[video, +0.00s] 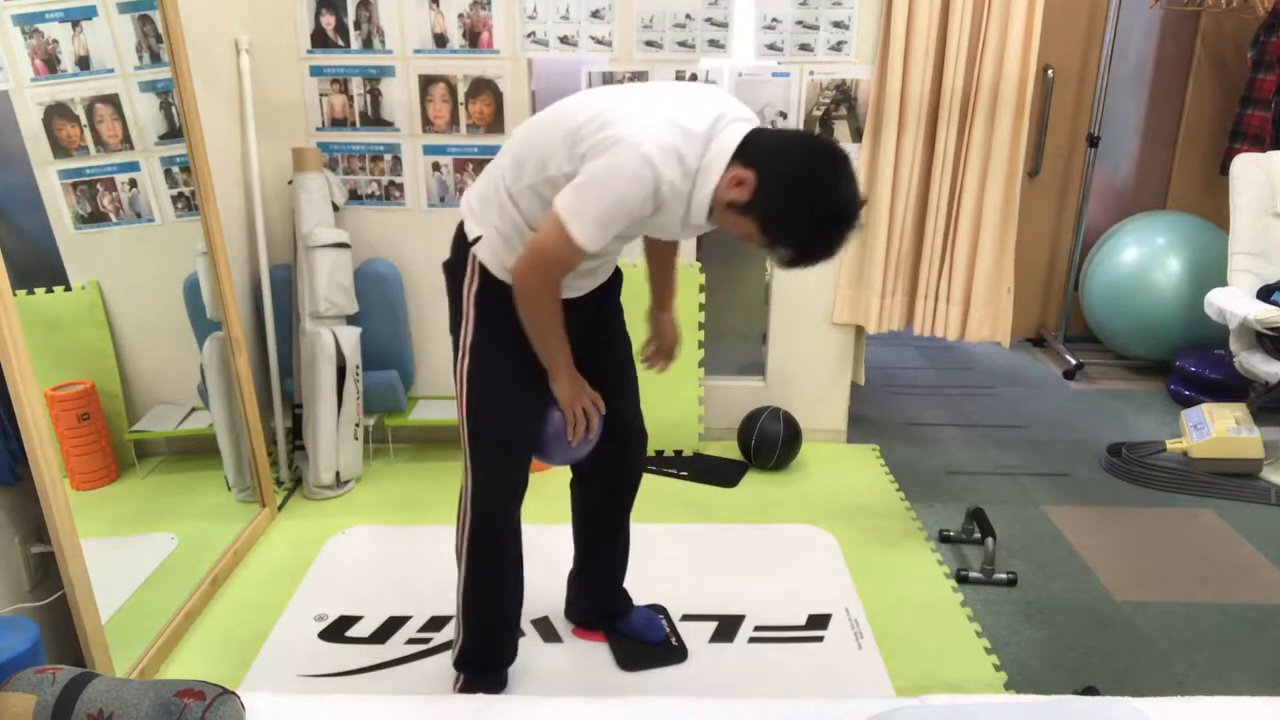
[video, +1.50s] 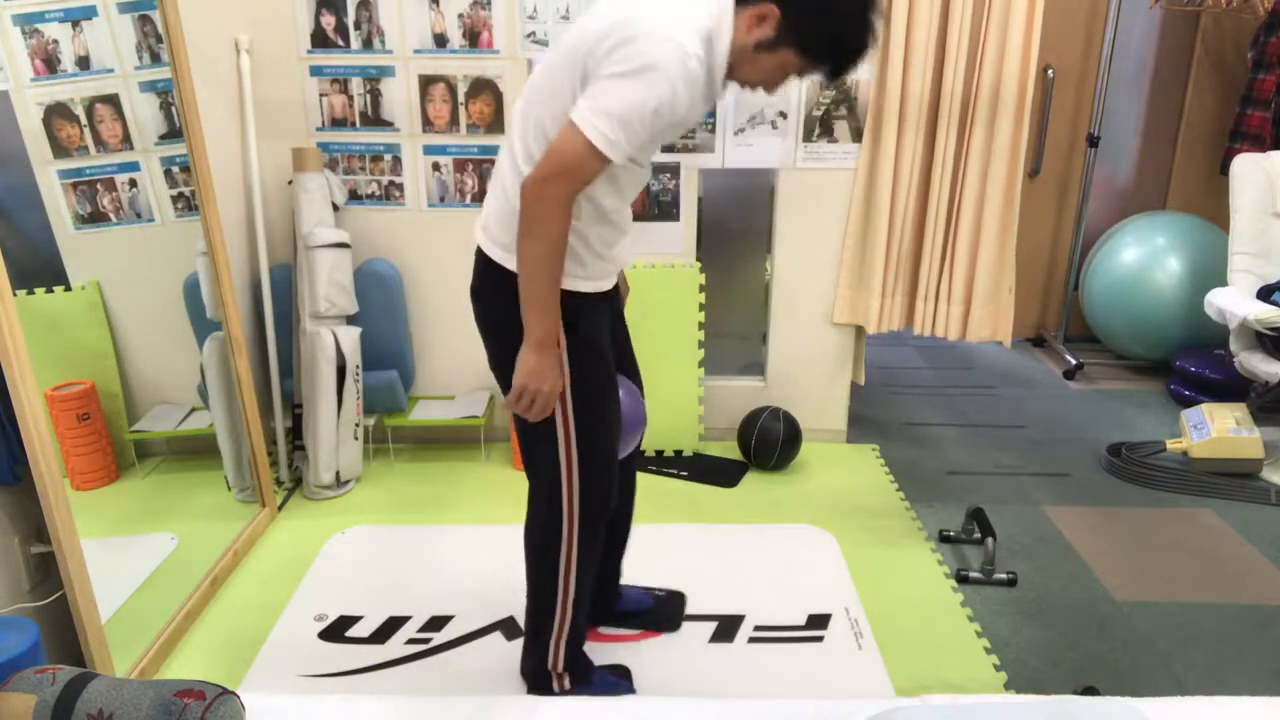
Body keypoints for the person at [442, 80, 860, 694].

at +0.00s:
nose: (745, 246)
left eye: (759, 245)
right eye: (755, 239)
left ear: (743, 178)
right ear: (739, 188)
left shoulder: (736, 140)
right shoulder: (641, 162)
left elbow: (668, 211)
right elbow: (531, 274)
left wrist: (663, 308)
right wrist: (563, 375)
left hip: (589, 266)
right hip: (501, 262)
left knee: (618, 441)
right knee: (498, 474)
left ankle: (597, 600)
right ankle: (482, 664)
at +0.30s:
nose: (777, 224)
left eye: (790, 222)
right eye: (788, 214)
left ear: (777, 159)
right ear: (776, 163)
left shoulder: (740, 143)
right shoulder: (679, 145)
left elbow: (649, 210)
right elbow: (565, 255)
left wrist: (640, 306)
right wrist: (575, 356)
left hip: (596, 267)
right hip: (514, 255)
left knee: (624, 437)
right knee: (494, 465)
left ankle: (597, 600)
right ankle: (471, 664)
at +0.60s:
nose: (793, 211)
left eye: (808, 208)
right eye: (806, 200)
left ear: (796, 149)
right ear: (795, 151)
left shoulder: (747, 141)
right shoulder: (709, 136)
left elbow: (640, 217)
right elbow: (595, 251)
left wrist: (634, 303)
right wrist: (579, 361)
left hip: (593, 264)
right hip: (520, 251)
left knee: (621, 438)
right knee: (503, 462)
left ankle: (597, 600)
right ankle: (471, 664)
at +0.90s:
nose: (800, 182)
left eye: (816, 178)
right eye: (816, 171)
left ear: (806, 118)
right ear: (809, 123)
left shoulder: (748, 120)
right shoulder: (725, 111)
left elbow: (632, 211)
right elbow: (610, 223)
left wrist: (627, 298)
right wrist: (604, 353)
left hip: (588, 256)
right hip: (526, 247)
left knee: (613, 445)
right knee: (532, 466)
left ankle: (596, 601)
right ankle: (503, 658)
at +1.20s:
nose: (793, 147)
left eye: (810, 141)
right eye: (808, 132)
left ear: (794, 78)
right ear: (794, 80)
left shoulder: (731, 94)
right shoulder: (703, 82)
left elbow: (623, 183)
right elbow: (567, 176)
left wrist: (623, 280)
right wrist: (583, 323)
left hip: (588, 259)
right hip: (532, 257)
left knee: (610, 444)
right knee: (565, 464)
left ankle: (604, 601)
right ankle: (555, 665)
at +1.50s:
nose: (778, 88)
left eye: (793, 78)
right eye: (788, 71)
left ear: (761, 17)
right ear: (762, 21)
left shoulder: (700, 44)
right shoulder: (666, 63)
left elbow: (603, 171)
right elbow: (545, 187)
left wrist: (611, 261)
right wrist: (541, 339)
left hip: (586, 276)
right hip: (539, 282)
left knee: (618, 435)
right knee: (576, 471)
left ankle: (594, 595)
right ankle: (554, 669)